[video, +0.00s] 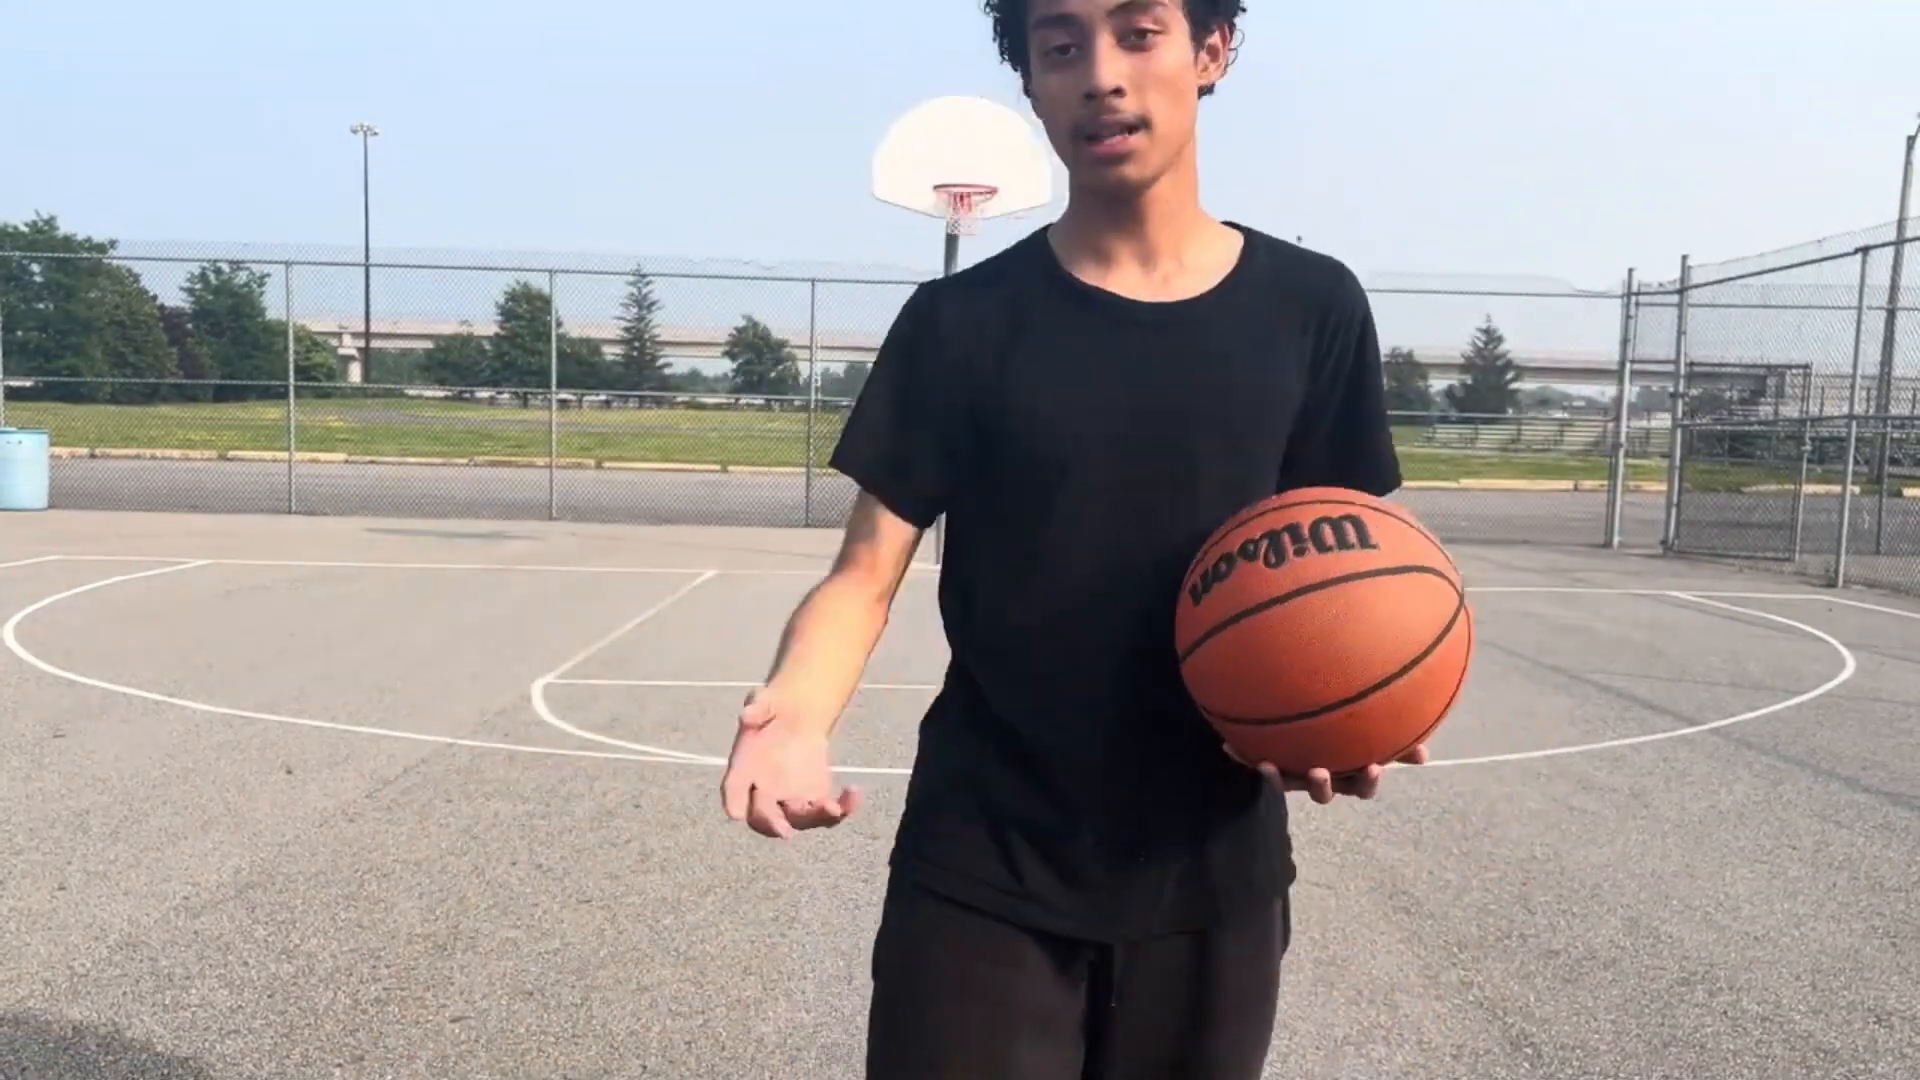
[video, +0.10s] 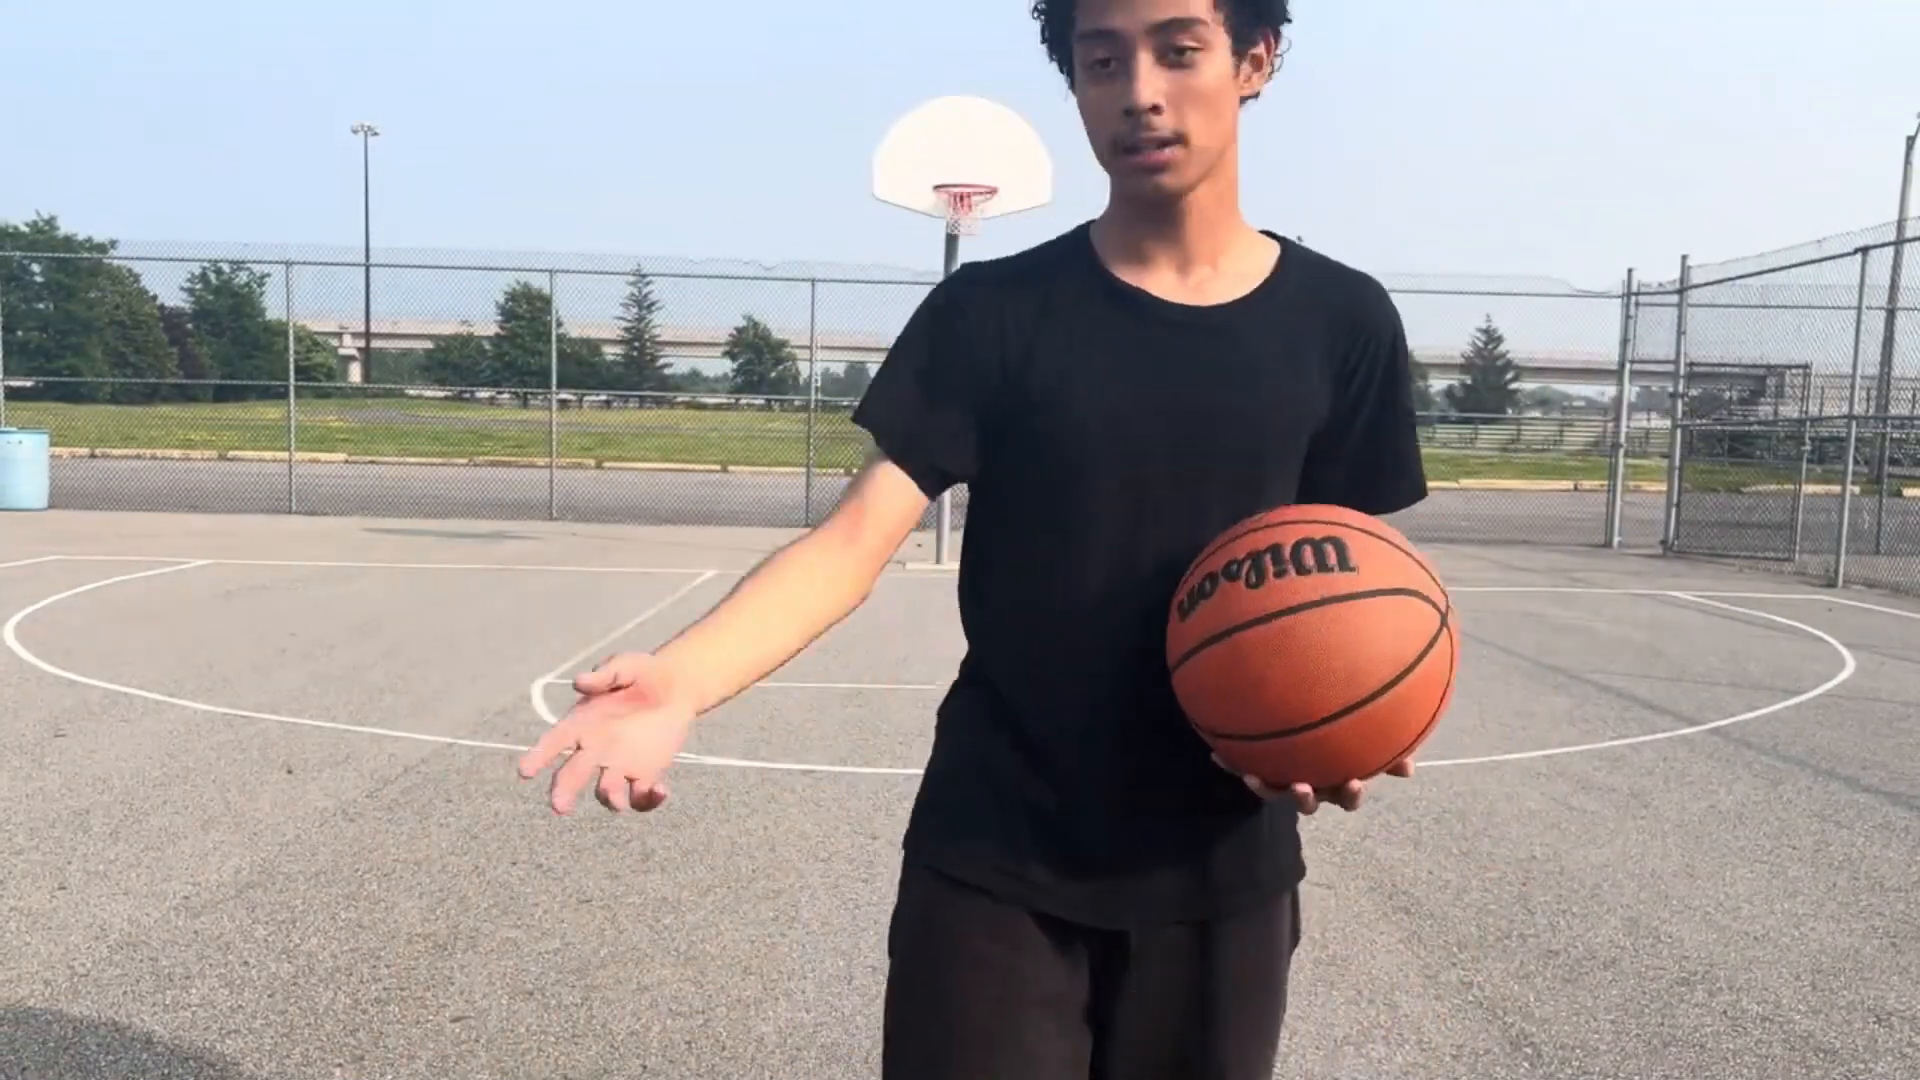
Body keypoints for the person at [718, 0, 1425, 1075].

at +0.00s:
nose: (1102, 79)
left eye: (1138, 34)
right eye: (1062, 48)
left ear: (1210, 54)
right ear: (1029, 84)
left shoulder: (1315, 308)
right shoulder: (956, 321)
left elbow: (1355, 573)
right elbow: (864, 569)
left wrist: (1343, 710)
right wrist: (796, 705)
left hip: (1213, 872)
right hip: (987, 869)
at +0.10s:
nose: (1141, 94)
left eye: (1180, 48)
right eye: (1105, 58)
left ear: (1256, 63)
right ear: (1072, 81)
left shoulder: (1345, 324)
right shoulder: (989, 313)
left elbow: (1357, 581)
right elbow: (851, 540)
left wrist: (1336, 730)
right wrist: (679, 683)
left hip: (1219, 869)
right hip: (997, 866)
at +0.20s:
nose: (1137, 99)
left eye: (1179, 55)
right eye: (1113, 64)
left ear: (1278, 73)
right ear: (1094, 83)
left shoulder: (1367, 336)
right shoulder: (1020, 298)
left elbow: (1352, 594)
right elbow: (839, 504)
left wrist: (1327, 736)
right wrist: (608, 632)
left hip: (1221, 868)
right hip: (999, 861)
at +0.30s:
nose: (1129, 99)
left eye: (1168, 59)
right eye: (1116, 63)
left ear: (1286, 73)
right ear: (1104, 74)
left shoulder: (1377, 340)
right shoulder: (1031, 293)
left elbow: (1357, 599)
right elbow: (839, 484)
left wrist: (1315, 738)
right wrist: (588, 596)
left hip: (1216, 867)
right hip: (996, 855)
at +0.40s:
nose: (1127, 96)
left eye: (1167, 58)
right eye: (1119, 61)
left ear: (1287, 73)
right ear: (1112, 73)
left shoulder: (1381, 343)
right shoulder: (1036, 290)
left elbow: (1349, 607)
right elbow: (838, 487)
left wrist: (1307, 756)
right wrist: (591, 593)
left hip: (1207, 872)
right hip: (989, 858)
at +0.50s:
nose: (1115, 95)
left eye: (1160, 54)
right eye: (1112, 58)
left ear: (1280, 73)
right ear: (1102, 68)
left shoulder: (1379, 350)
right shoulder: (1023, 291)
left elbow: (1343, 610)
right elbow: (849, 506)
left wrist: (1304, 761)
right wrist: (627, 645)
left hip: (1208, 887)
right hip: (979, 873)